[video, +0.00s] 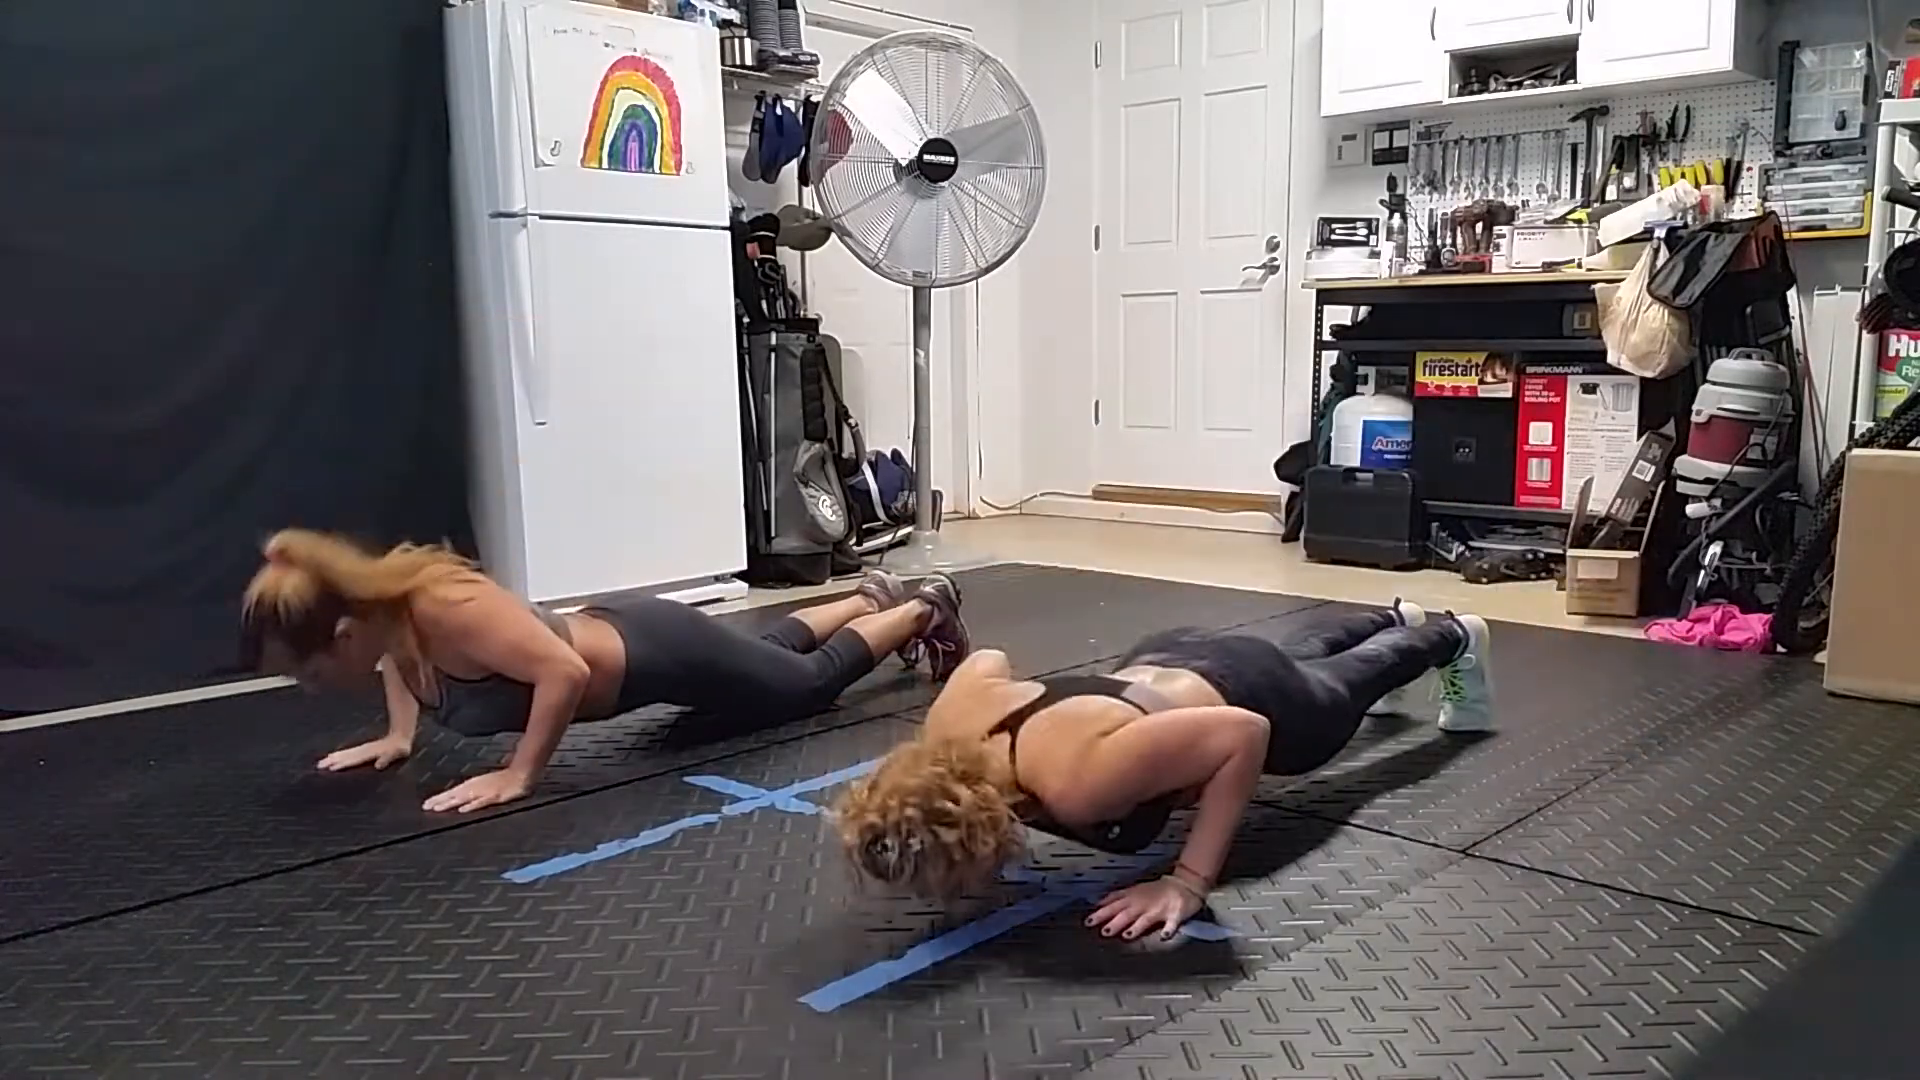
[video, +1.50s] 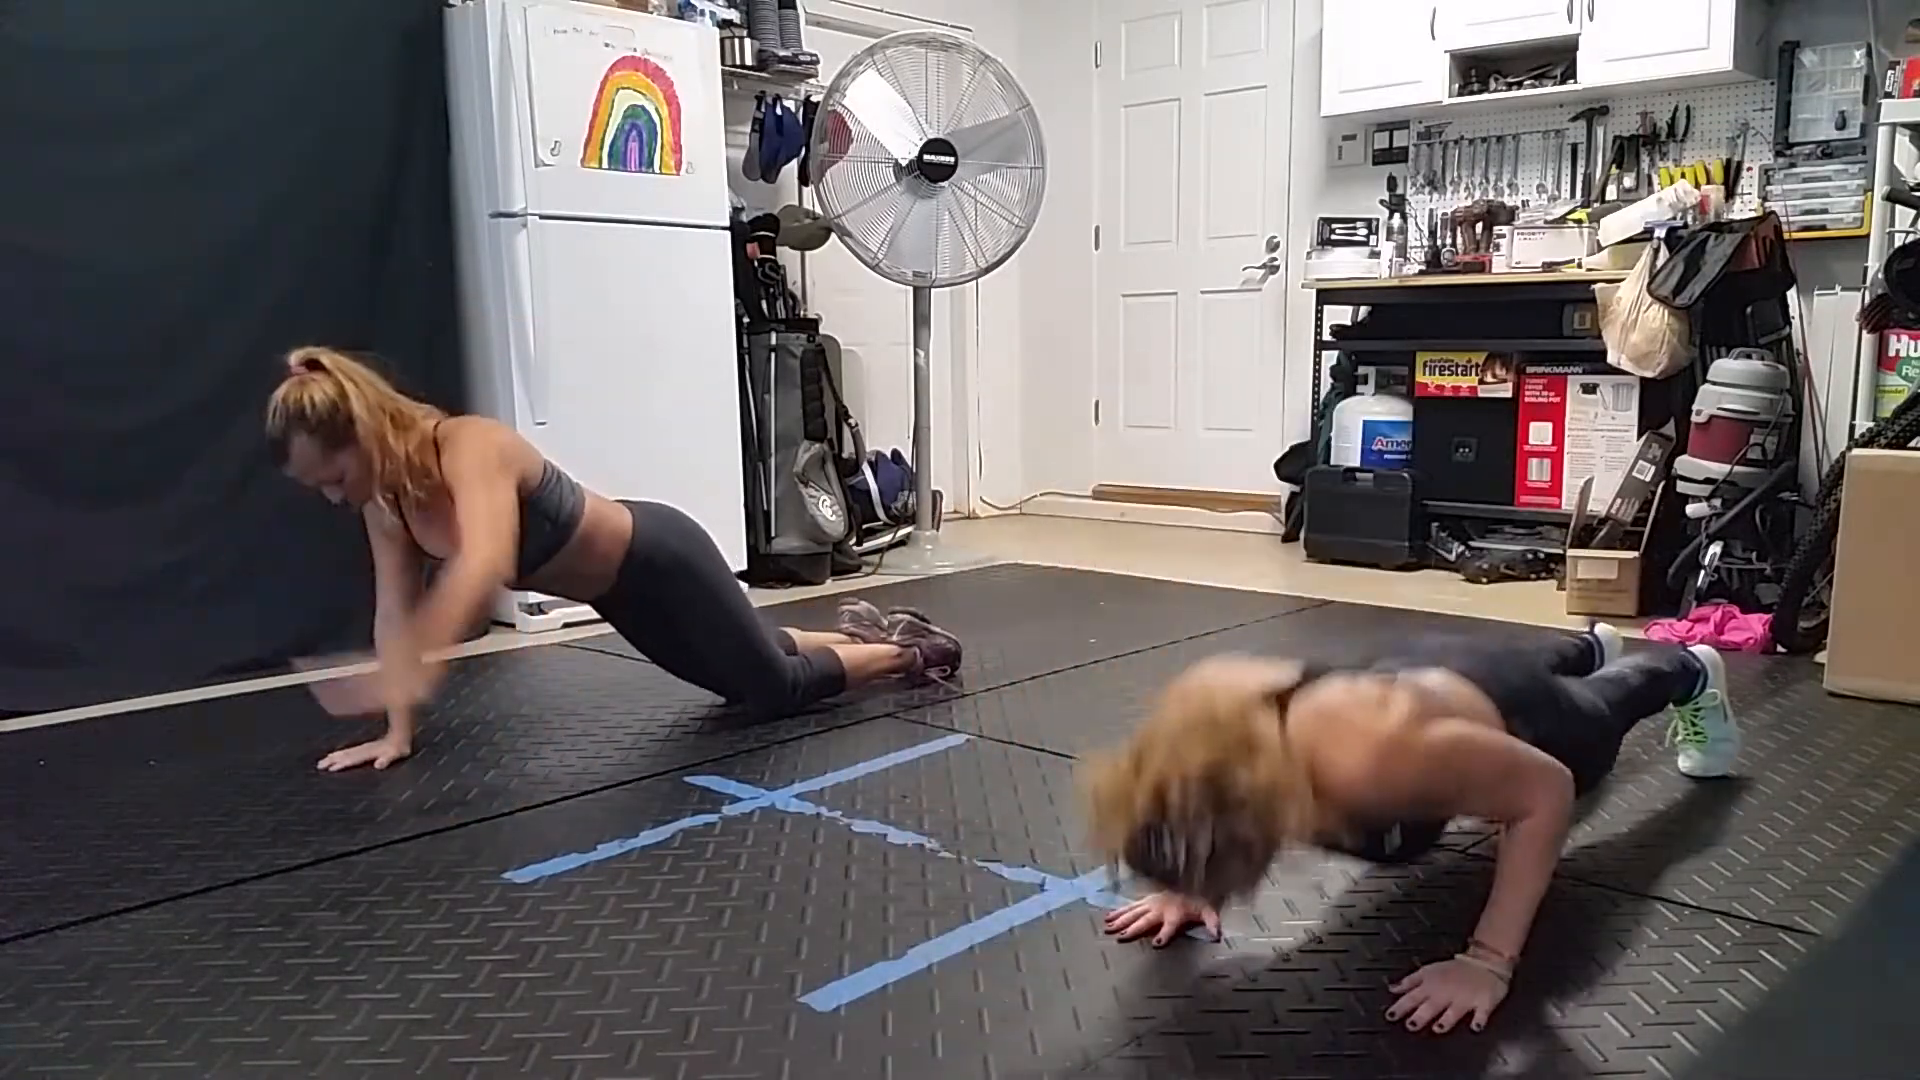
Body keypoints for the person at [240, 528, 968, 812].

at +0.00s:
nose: (314, 685)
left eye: (307, 671)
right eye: (299, 675)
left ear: (337, 632)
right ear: (333, 630)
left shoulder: (449, 609)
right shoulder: (383, 614)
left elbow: (561, 672)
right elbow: (392, 665)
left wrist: (516, 774)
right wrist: (398, 734)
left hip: (657, 652)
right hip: (618, 629)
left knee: (814, 678)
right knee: (760, 643)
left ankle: (914, 613)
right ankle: (865, 597)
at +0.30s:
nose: (325, 648)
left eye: (317, 633)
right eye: (308, 643)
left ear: (339, 589)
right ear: (328, 585)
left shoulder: (458, 563)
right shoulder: (384, 576)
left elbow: (557, 668)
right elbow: (399, 639)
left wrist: (516, 775)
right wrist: (401, 734)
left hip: (663, 618)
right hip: (621, 611)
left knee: (809, 678)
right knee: (766, 648)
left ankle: (884, 617)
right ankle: (858, 603)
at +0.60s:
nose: (334, 548)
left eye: (326, 534)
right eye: (320, 541)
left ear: (344, 495)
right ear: (338, 500)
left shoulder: (478, 502)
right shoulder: (396, 512)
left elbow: (524, 649)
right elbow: (404, 624)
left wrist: (516, 772)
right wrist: (397, 736)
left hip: (672, 563)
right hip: (637, 572)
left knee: (784, 687)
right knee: (754, 670)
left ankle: (896, 650)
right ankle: (864, 632)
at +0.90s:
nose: (329, 487)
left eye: (326, 469)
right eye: (316, 476)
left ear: (362, 430)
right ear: (336, 444)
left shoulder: (476, 474)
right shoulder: (392, 488)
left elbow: (501, 616)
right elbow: (399, 608)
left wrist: (489, 747)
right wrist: (396, 731)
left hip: (667, 556)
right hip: (628, 576)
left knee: (773, 681)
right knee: (740, 669)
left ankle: (895, 656)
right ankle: (844, 641)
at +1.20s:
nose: (342, 488)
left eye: (338, 472)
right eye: (327, 480)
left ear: (370, 427)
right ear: (338, 459)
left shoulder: (458, 439)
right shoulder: (398, 500)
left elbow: (368, 385)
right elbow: (398, 612)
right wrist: (399, 734)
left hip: (668, 553)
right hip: (626, 582)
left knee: (781, 683)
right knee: (756, 662)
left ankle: (904, 656)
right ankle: (870, 645)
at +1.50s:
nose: (334, 491)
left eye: (332, 471)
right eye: (317, 484)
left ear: (365, 425)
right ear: (318, 472)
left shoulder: (469, 449)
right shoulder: (386, 496)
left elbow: (483, 568)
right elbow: (396, 609)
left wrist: (412, 658)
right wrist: (398, 735)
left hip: (659, 560)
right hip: (619, 592)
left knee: (782, 678)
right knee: (743, 670)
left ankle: (898, 656)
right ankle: (849, 640)